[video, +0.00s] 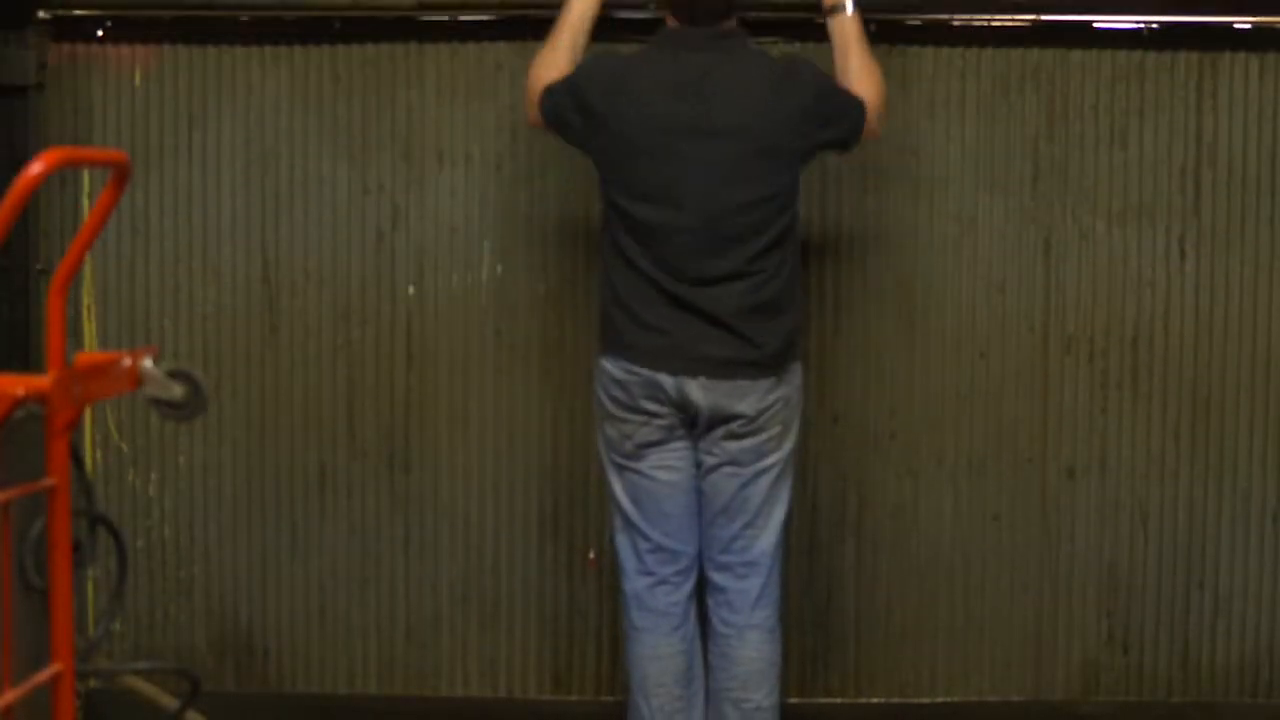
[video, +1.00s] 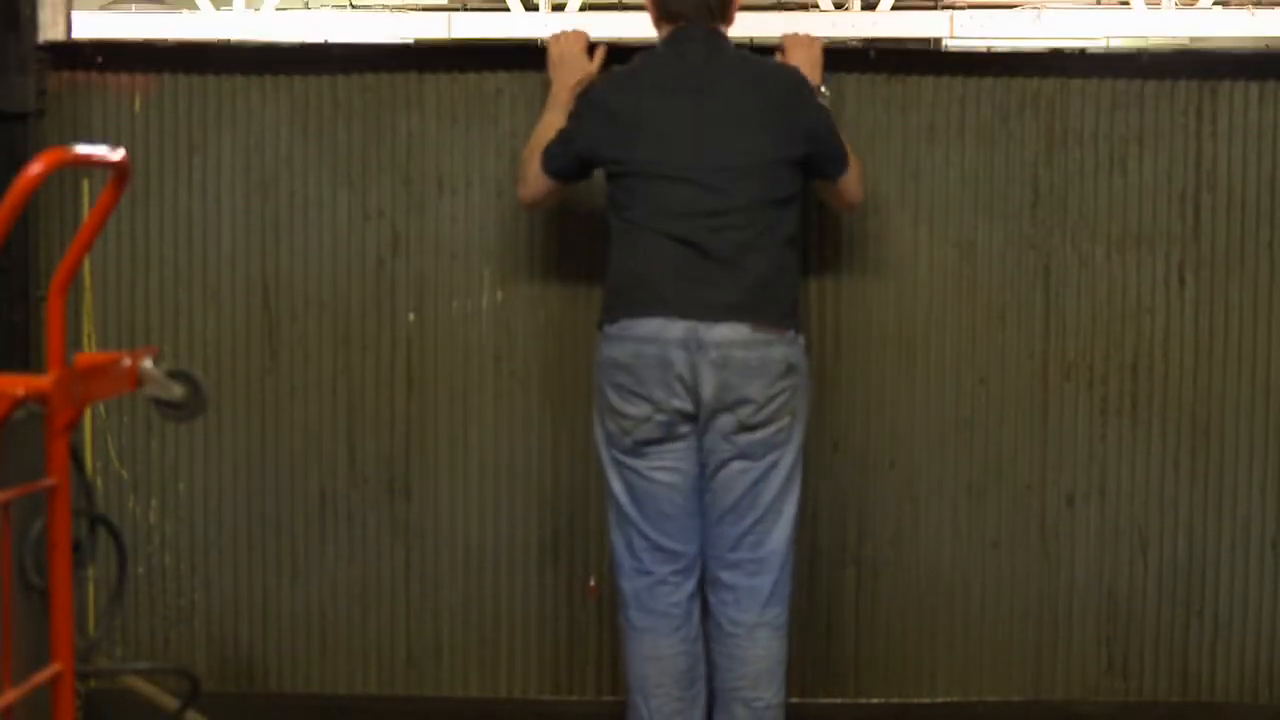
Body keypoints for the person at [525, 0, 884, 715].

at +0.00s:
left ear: (664, 10)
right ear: (741, 11)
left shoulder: (620, 83)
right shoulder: (781, 88)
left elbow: (543, 96)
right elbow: (863, 106)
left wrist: (583, 1)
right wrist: (843, 11)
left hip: (638, 358)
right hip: (750, 363)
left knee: (656, 579)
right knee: (744, 580)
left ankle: (666, 714)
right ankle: (744, 713)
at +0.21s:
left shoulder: (616, 73)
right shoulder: (789, 76)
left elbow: (553, 12)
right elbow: (856, 29)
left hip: (637, 354)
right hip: (751, 360)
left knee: (656, 582)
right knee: (743, 582)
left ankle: (667, 714)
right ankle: (744, 713)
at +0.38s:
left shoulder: (620, 71)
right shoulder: (786, 75)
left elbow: (543, 55)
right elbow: (860, 72)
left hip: (639, 352)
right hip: (753, 359)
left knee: (657, 582)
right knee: (745, 584)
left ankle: (665, 715)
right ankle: (745, 714)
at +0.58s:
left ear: (660, 2)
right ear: (733, 0)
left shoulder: (616, 80)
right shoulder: (780, 77)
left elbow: (530, 139)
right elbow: (860, 141)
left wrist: (557, 56)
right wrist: (815, 55)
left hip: (639, 358)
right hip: (756, 363)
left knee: (659, 581)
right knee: (748, 583)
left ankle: (666, 715)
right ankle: (747, 716)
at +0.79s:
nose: (640, 10)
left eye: (645, 5)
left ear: (652, 10)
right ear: (730, 8)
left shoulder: (615, 82)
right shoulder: (774, 82)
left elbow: (528, 160)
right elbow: (846, 167)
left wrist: (559, 66)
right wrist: (810, 71)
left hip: (642, 341)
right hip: (756, 343)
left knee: (656, 572)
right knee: (750, 572)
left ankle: (663, 715)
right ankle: (750, 714)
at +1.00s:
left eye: (652, 8)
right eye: (731, 7)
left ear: (654, 12)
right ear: (731, 10)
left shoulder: (618, 92)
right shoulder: (780, 91)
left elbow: (534, 184)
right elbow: (847, 189)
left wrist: (562, 91)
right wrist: (810, 92)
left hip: (643, 335)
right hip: (757, 336)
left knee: (657, 569)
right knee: (751, 568)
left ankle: (665, 713)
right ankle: (750, 713)